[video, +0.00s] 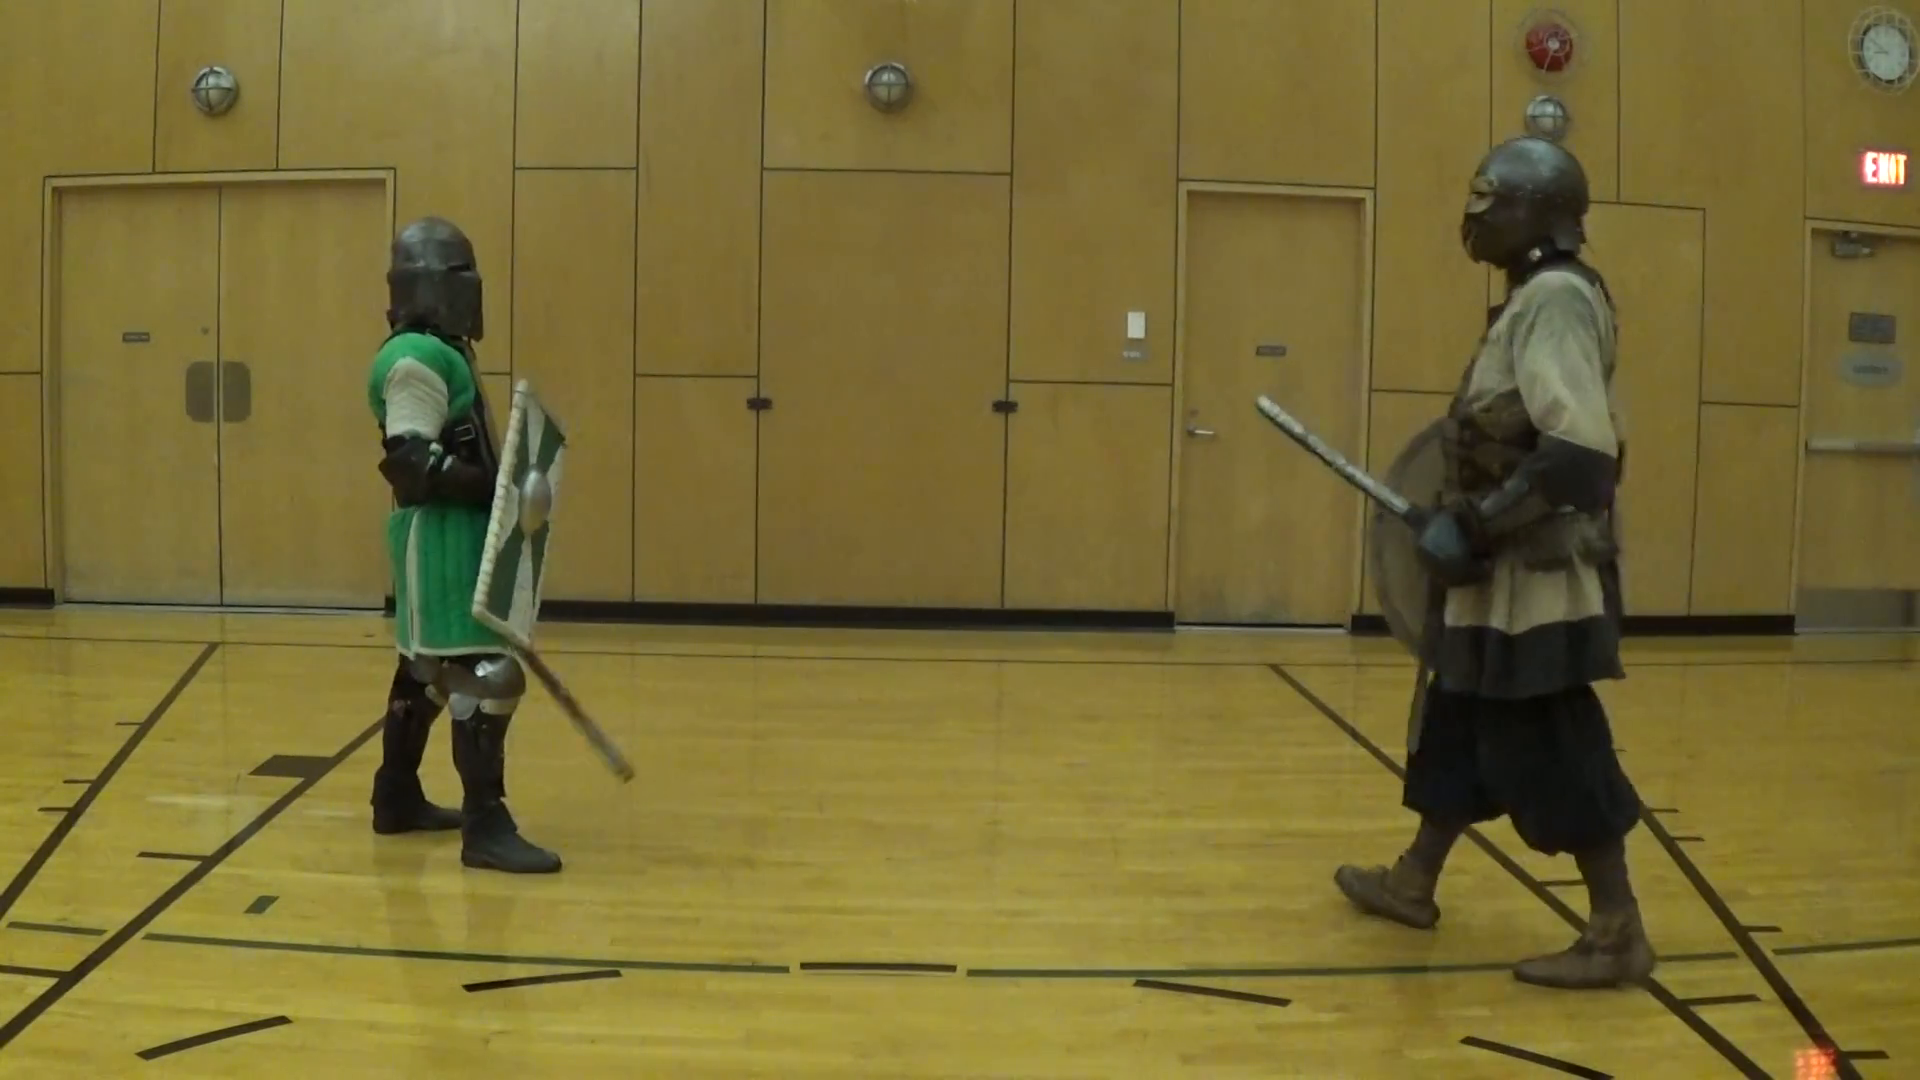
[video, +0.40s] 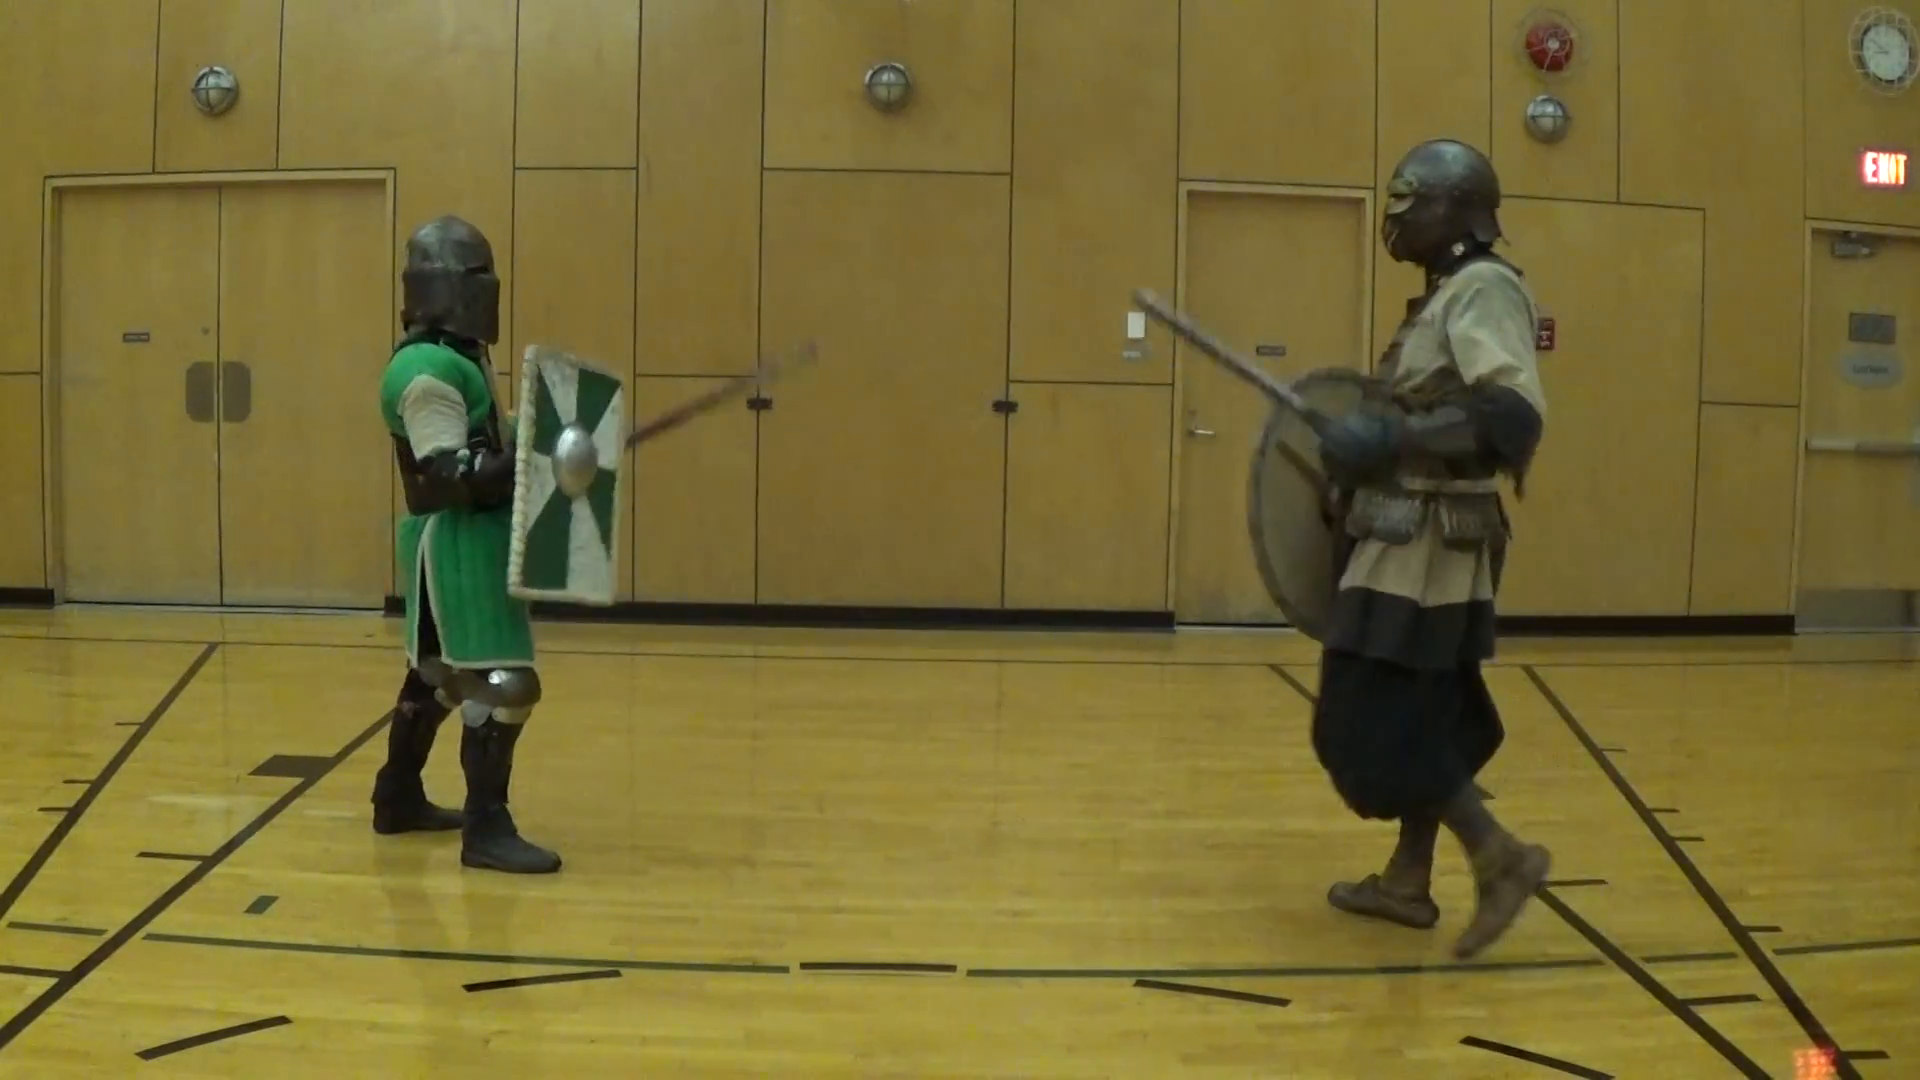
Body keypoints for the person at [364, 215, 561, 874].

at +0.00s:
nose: (472, 291)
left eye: (469, 278)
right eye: (462, 279)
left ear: (415, 289)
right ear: (435, 287)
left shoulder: (439, 354)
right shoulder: (417, 359)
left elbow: (451, 454)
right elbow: (412, 464)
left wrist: (507, 481)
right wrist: (504, 489)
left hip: (441, 528)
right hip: (443, 532)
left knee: (426, 662)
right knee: (488, 672)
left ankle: (397, 794)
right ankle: (487, 828)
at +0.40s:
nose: (489, 290)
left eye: (487, 278)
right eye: (477, 279)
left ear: (433, 291)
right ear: (442, 289)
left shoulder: (458, 362)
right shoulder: (426, 371)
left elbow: (479, 448)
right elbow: (441, 479)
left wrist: (531, 428)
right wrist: (534, 468)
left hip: (456, 533)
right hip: (455, 538)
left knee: (437, 669)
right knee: (504, 683)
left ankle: (398, 793)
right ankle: (488, 830)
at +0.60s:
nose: (506, 288)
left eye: (505, 275)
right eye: (493, 277)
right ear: (455, 288)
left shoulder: (486, 358)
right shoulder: (441, 372)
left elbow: (535, 395)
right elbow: (491, 477)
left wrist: (608, 355)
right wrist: (573, 435)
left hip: (501, 526)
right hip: (468, 533)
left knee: (496, 674)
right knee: (510, 686)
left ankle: (418, 776)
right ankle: (487, 832)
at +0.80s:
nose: (532, 288)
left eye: (531, 275)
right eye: (522, 275)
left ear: (472, 285)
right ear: (491, 285)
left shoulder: (506, 352)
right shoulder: (464, 366)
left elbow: (566, 334)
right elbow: (527, 463)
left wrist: (601, 281)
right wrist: (597, 404)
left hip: (521, 528)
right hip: (489, 533)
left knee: (541, 671)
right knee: (515, 679)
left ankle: (468, 787)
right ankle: (487, 827)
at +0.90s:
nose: (546, 289)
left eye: (543, 276)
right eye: (535, 277)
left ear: (483, 286)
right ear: (504, 286)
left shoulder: (515, 349)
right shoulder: (476, 366)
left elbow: (574, 323)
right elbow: (541, 458)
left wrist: (613, 266)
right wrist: (610, 399)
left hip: (522, 527)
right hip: (500, 532)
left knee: (513, 677)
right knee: (532, 686)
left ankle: (475, 803)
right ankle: (487, 830)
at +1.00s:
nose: (556, 293)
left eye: (556, 280)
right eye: (544, 281)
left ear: (500, 290)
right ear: (507, 288)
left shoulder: (532, 355)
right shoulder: (486, 367)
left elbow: (600, 344)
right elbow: (549, 458)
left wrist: (628, 291)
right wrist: (618, 400)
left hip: (536, 527)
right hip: (508, 532)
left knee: (527, 674)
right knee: (559, 684)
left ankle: (474, 800)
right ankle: (501, 818)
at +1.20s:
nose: (598, 303)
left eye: (595, 290)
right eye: (586, 292)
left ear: (542, 299)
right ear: (554, 299)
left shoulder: (564, 363)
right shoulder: (526, 375)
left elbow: (631, 354)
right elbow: (576, 470)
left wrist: (667, 303)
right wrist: (633, 426)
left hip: (555, 539)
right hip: (538, 543)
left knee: (539, 680)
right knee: (601, 684)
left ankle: (473, 800)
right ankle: (614, 834)